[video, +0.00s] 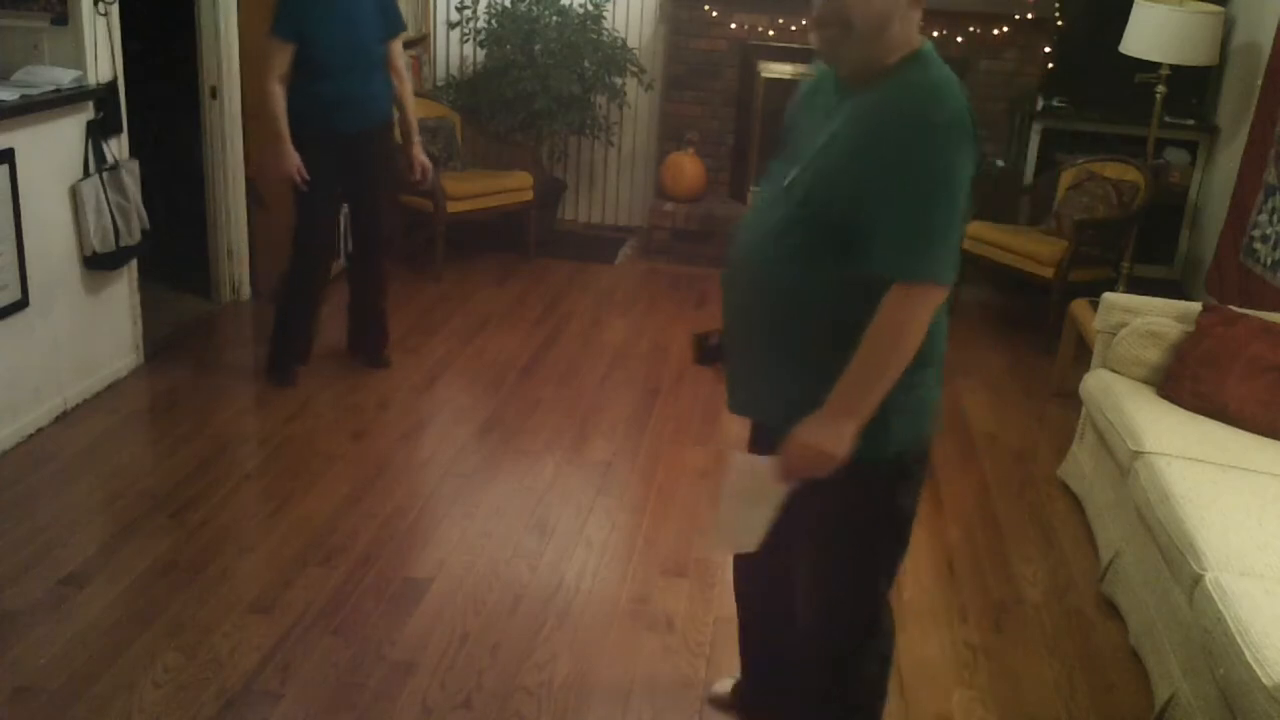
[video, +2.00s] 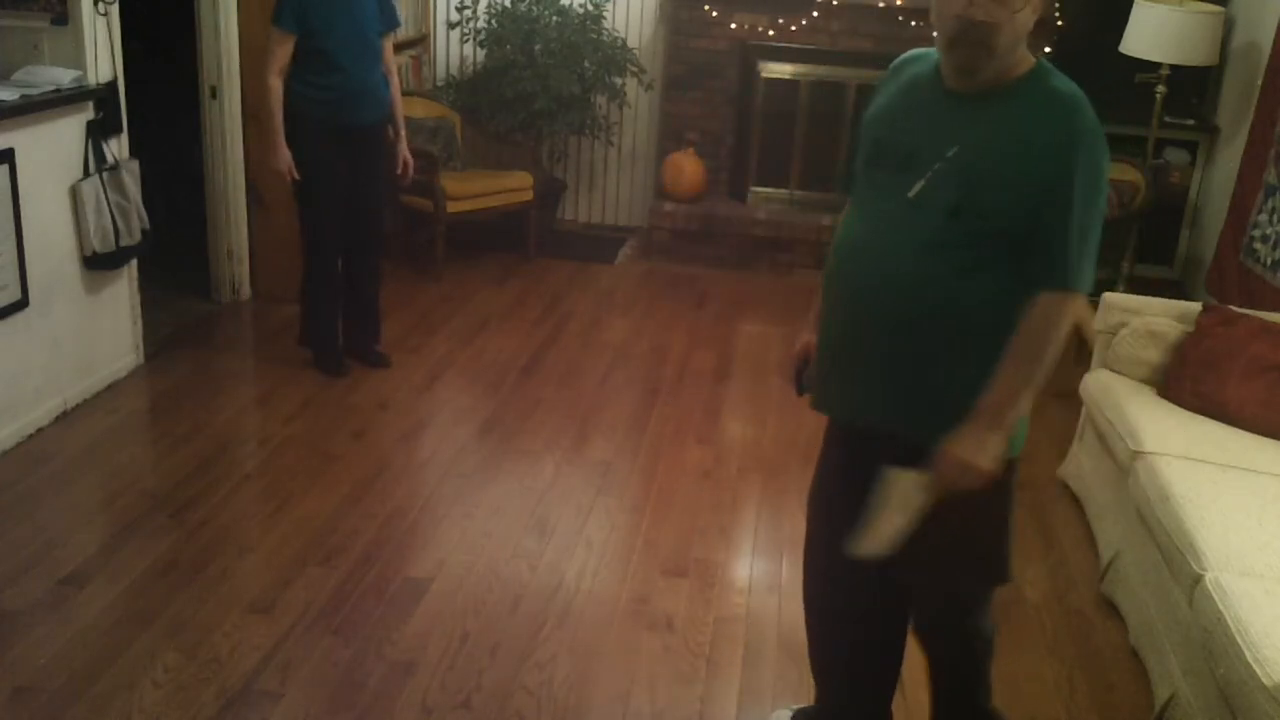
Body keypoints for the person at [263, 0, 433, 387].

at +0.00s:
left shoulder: (383, 6)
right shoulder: (298, 8)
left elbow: (399, 72)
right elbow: (275, 77)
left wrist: (414, 142)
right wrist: (285, 146)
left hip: (373, 140)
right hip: (318, 143)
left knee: (373, 245)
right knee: (313, 249)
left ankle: (370, 343)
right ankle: (286, 357)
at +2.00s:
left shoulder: (379, 6)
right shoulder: (296, 6)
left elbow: (389, 69)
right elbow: (274, 73)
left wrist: (400, 137)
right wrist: (279, 144)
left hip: (370, 133)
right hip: (317, 135)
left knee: (367, 240)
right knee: (322, 242)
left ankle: (363, 340)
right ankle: (323, 345)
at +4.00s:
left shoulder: (385, 6)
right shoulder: (302, 7)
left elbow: (394, 73)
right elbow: (282, 74)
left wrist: (401, 140)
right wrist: (284, 145)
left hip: (375, 132)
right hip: (320, 133)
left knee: (368, 239)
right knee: (325, 240)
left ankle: (364, 340)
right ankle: (324, 345)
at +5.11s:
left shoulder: (326, 7)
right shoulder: (242, 7)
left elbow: (332, 78)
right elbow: (217, 78)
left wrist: (339, 151)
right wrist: (231, 151)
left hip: (316, 146)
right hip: (258, 149)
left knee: (332, 252)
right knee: (266, 261)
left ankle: (315, 348)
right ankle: (264, 371)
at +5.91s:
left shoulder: (367, 7)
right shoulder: (282, 8)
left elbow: (382, 77)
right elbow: (256, 83)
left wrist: (395, 148)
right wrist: (264, 155)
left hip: (362, 144)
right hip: (303, 146)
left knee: (358, 255)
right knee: (297, 260)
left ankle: (355, 350)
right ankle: (269, 364)